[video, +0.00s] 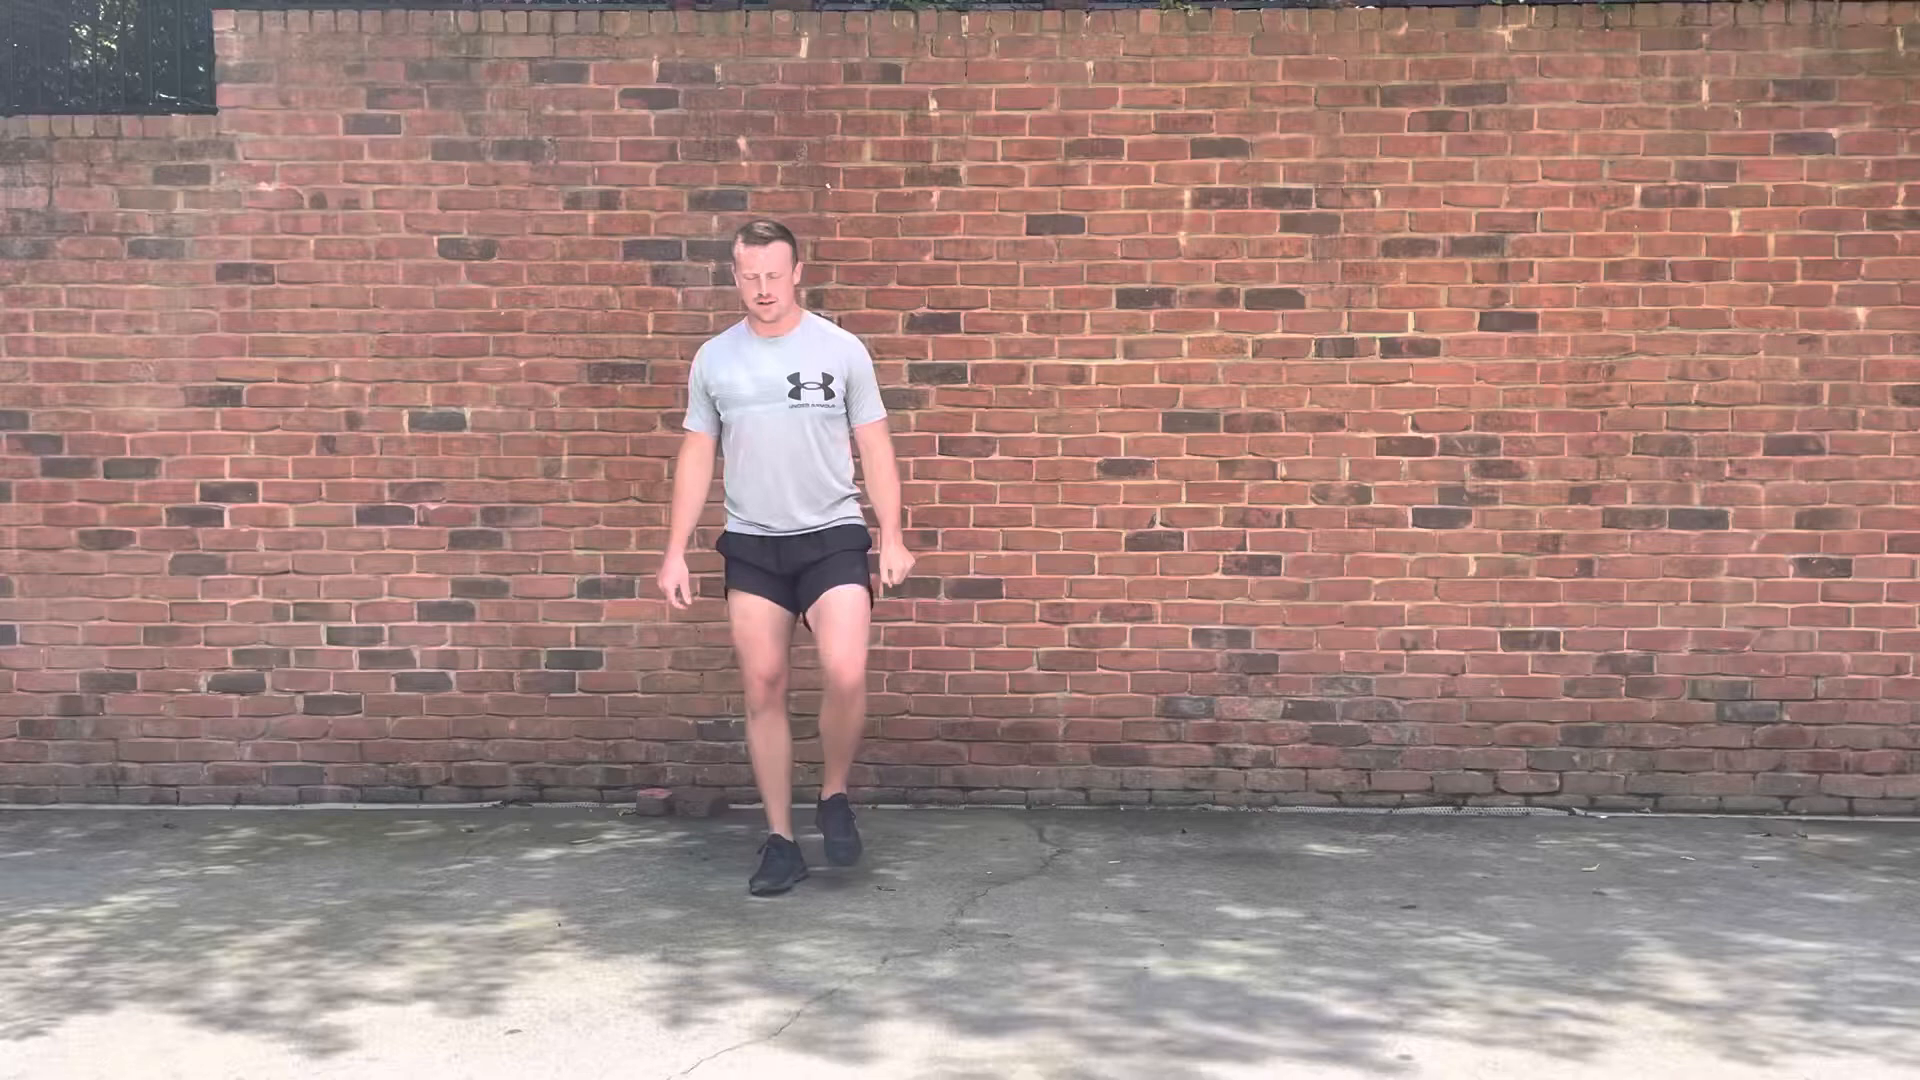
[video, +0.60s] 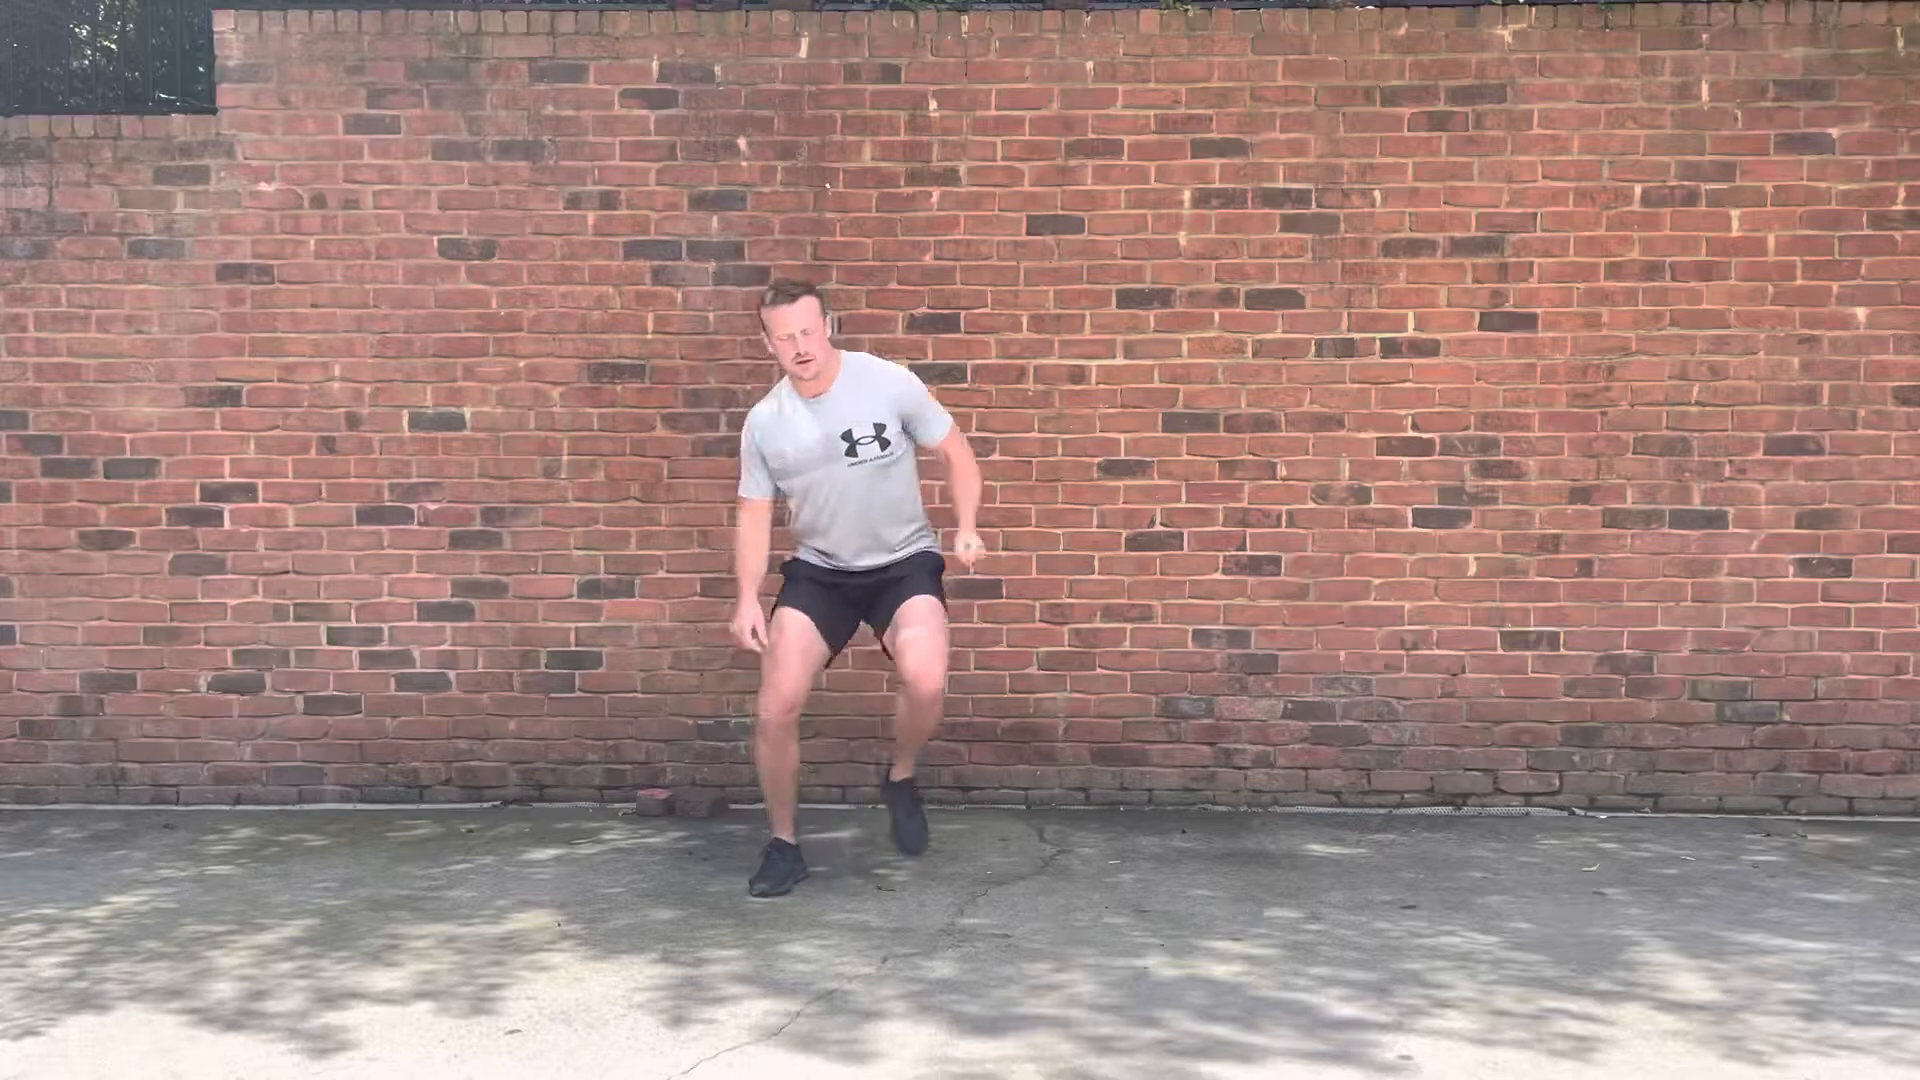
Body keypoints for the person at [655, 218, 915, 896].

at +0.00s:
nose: (761, 290)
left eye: (773, 276)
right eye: (749, 278)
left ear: (797, 273)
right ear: (734, 280)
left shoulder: (842, 350)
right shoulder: (714, 360)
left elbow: (874, 446)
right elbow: (696, 455)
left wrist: (891, 532)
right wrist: (676, 548)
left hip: (836, 537)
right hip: (752, 544)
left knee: (847, 675)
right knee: (763, 682)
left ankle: (835, 796)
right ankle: (779, 838)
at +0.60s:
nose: (798, 348)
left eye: (806, 333)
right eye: (784, 338)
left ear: (829, 328)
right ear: (770, 346)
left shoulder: (890, 383)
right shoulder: (764, 423)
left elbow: (955, 450)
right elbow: (754, 515)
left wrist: (966, 527)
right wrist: (747, 598)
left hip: (905, 562)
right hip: (820, 570)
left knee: (928, 683)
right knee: (775, 705)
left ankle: (900, 778)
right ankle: (783, 841)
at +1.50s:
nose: (1413, 346)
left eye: (1424, 332)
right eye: (1398, 333)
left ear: (1437, 326)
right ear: (1369, 327)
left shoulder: (1463, 366)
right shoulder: (1328, 389)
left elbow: (1505, 384)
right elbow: (1231, 452)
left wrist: (1544, 412)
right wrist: (1270, 464)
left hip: (1451, 561)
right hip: (1356, 569)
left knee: (1536, 695)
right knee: (1314, 725)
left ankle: (1614, 836)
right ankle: (1327, 739)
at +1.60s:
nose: (1514, 402)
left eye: (1525, 387)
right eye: (1501, 387)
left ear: (1537, 382)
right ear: (1469, 378)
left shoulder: (1544, 438)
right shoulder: (1416, 443)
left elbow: (1553, 481)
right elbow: (1330, 526)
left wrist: (1583, 516)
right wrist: (1404, 513)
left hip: (1508, 604)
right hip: (1418, 625)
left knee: (1599, 728)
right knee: (1432, 778)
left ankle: (1632, 858)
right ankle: (1466, 733)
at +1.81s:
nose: (1538, 404)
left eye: (1551, 391)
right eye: (1527, 387)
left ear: (1564, 390)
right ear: (1499, 376)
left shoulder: (1581, 453)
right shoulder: (1443, 430)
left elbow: (1659, 515)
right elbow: (1346, 485)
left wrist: (1710, 527)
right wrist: (1405, 469)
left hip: (1526, 601)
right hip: (1434, 607)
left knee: (1618, 721)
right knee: (1455, 756)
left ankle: (1636, 855)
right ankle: (1472, 765)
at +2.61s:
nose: (974, 284)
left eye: (988, 271)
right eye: (964, 270)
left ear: (1021, 262)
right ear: (953, 263)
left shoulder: (1061, 338)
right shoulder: (923, 303)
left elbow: (1129, 432)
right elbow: (830, 305)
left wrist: (1080, 447)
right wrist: (734, 313)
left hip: (1013, 517)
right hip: (920, 500)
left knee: (1073, 675)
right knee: (828, 629)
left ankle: (1075, 759)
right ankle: (765, 770)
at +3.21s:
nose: (831, 320)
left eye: (840, 302)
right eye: (815, 307)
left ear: (859, 285)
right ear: (793, 301)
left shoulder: (911, 327)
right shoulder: (769, 372)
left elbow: (1011, 321)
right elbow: (701, 457)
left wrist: (1066, 376)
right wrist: (689, 434)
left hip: (918, 521)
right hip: (822, 541)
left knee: (1017, 619)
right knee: (766, 684)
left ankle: (939, 683)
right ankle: (687, 844)